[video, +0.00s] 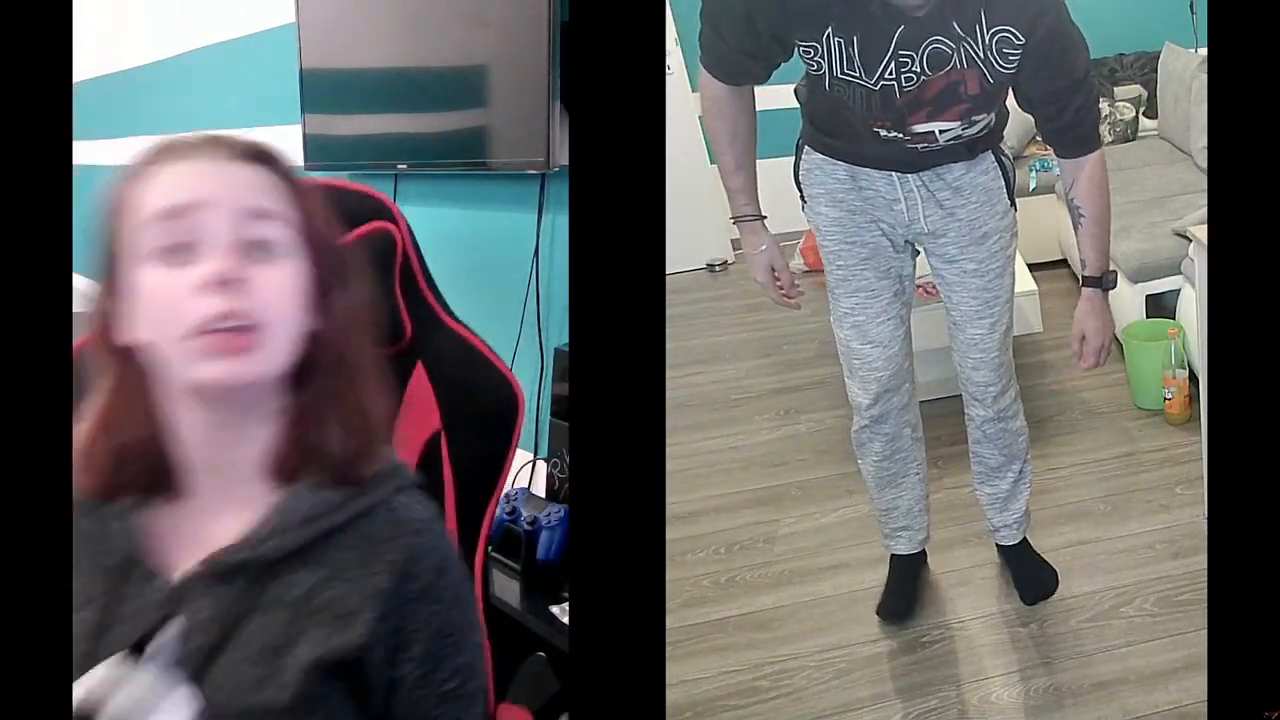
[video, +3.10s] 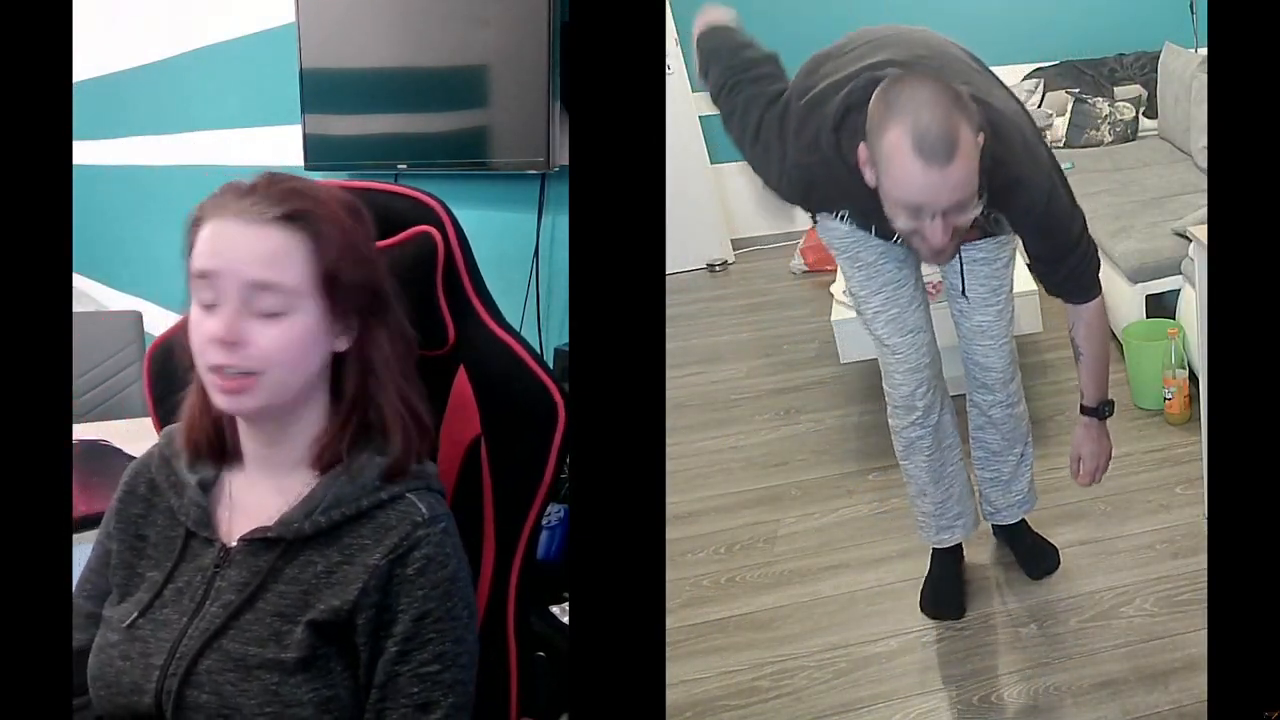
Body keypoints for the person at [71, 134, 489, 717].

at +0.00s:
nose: (225, 274)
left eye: (262, 246)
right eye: (177, 251)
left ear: (318, 295)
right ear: (118, 313)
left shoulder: (397, 553)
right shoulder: (84, 545)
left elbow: (453, 706)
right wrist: (86, 698)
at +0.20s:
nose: (348, 274)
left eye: (367, 256)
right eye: (301, 254)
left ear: (391, 300)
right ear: (219, 311)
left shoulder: (437, 538)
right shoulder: (119, 485)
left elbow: (468, 707)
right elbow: (74, 667)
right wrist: (109, 706)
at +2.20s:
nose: (300, 308)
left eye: (324, 282)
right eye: (261, 280)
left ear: (348, 314)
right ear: (192, 314)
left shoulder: (387, 526)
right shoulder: (133, 488)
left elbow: (406, 706)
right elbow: (79, 669)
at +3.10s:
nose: (223, 334)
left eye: (267, 309)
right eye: (206, 303)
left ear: (343, 325)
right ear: (188, 311)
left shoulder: (407, 542)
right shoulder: (155, 481)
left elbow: (426, 705)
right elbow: (77, 674)